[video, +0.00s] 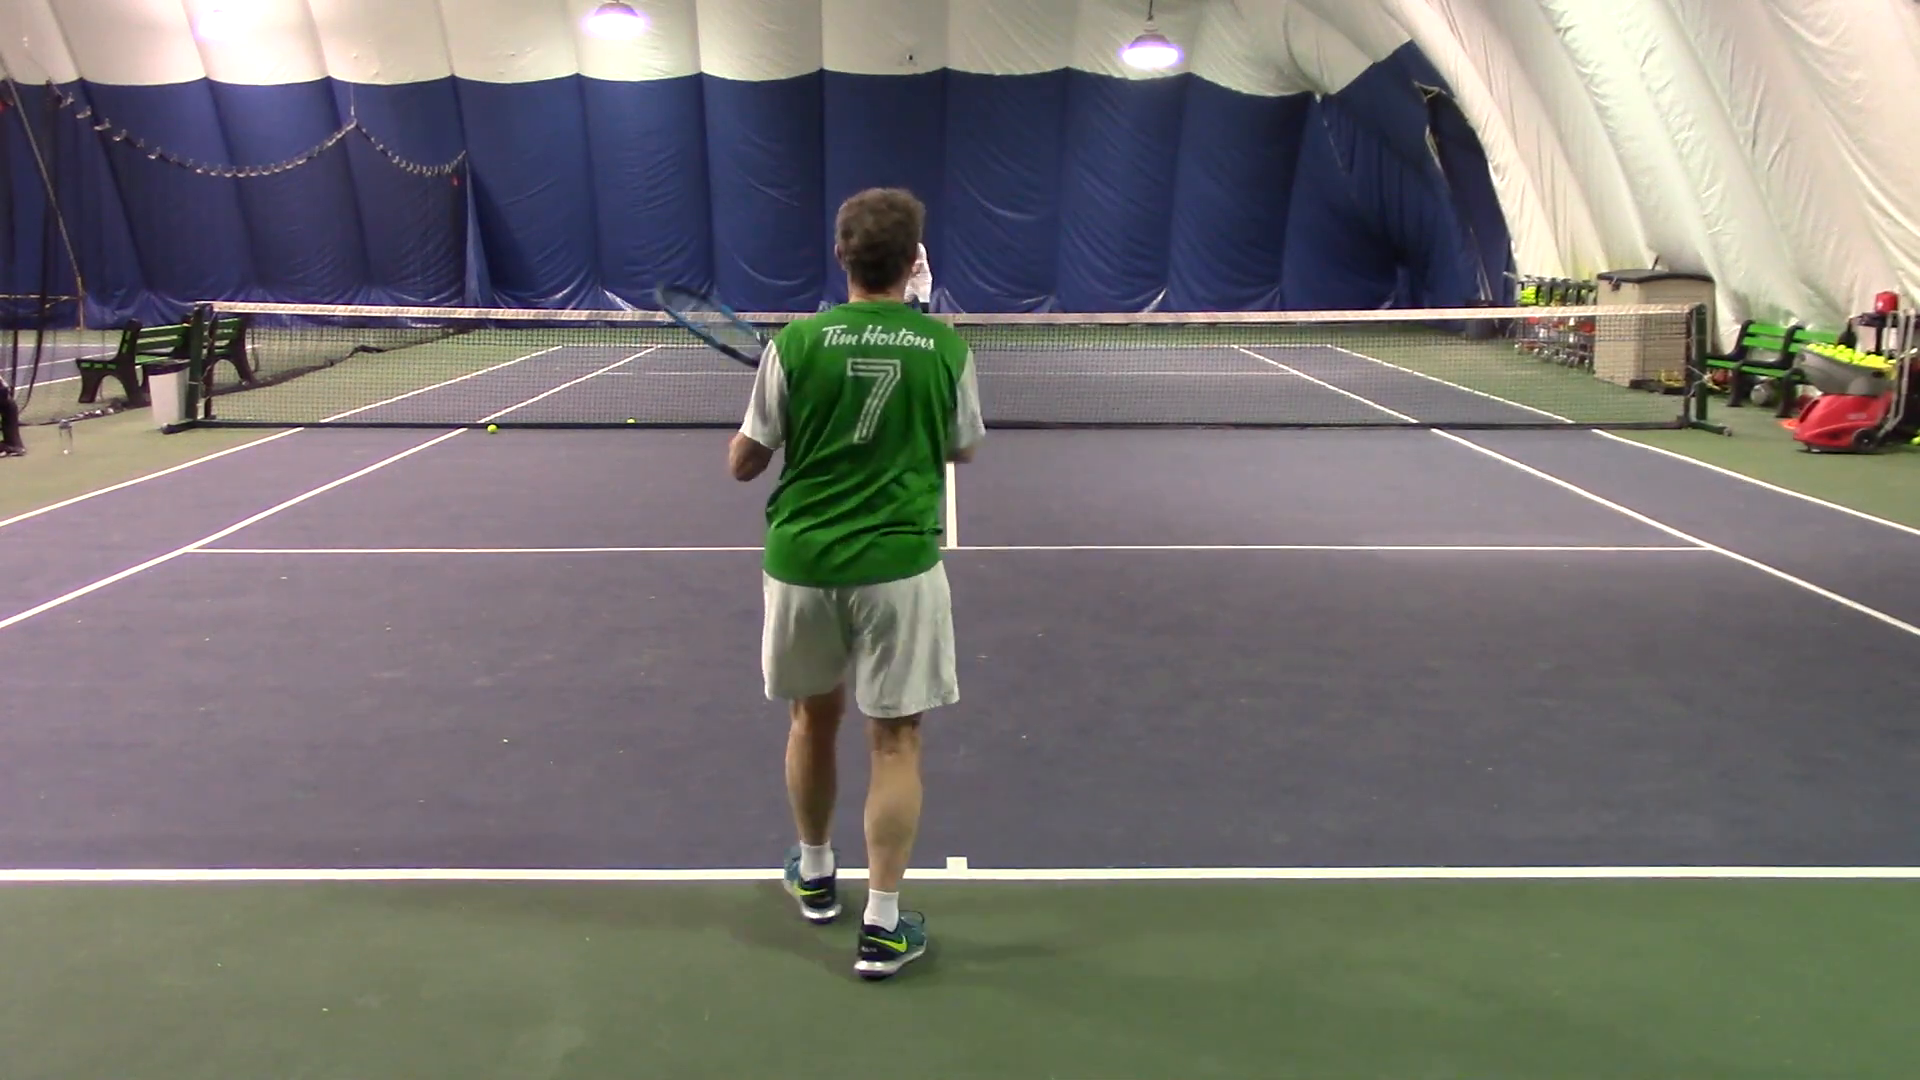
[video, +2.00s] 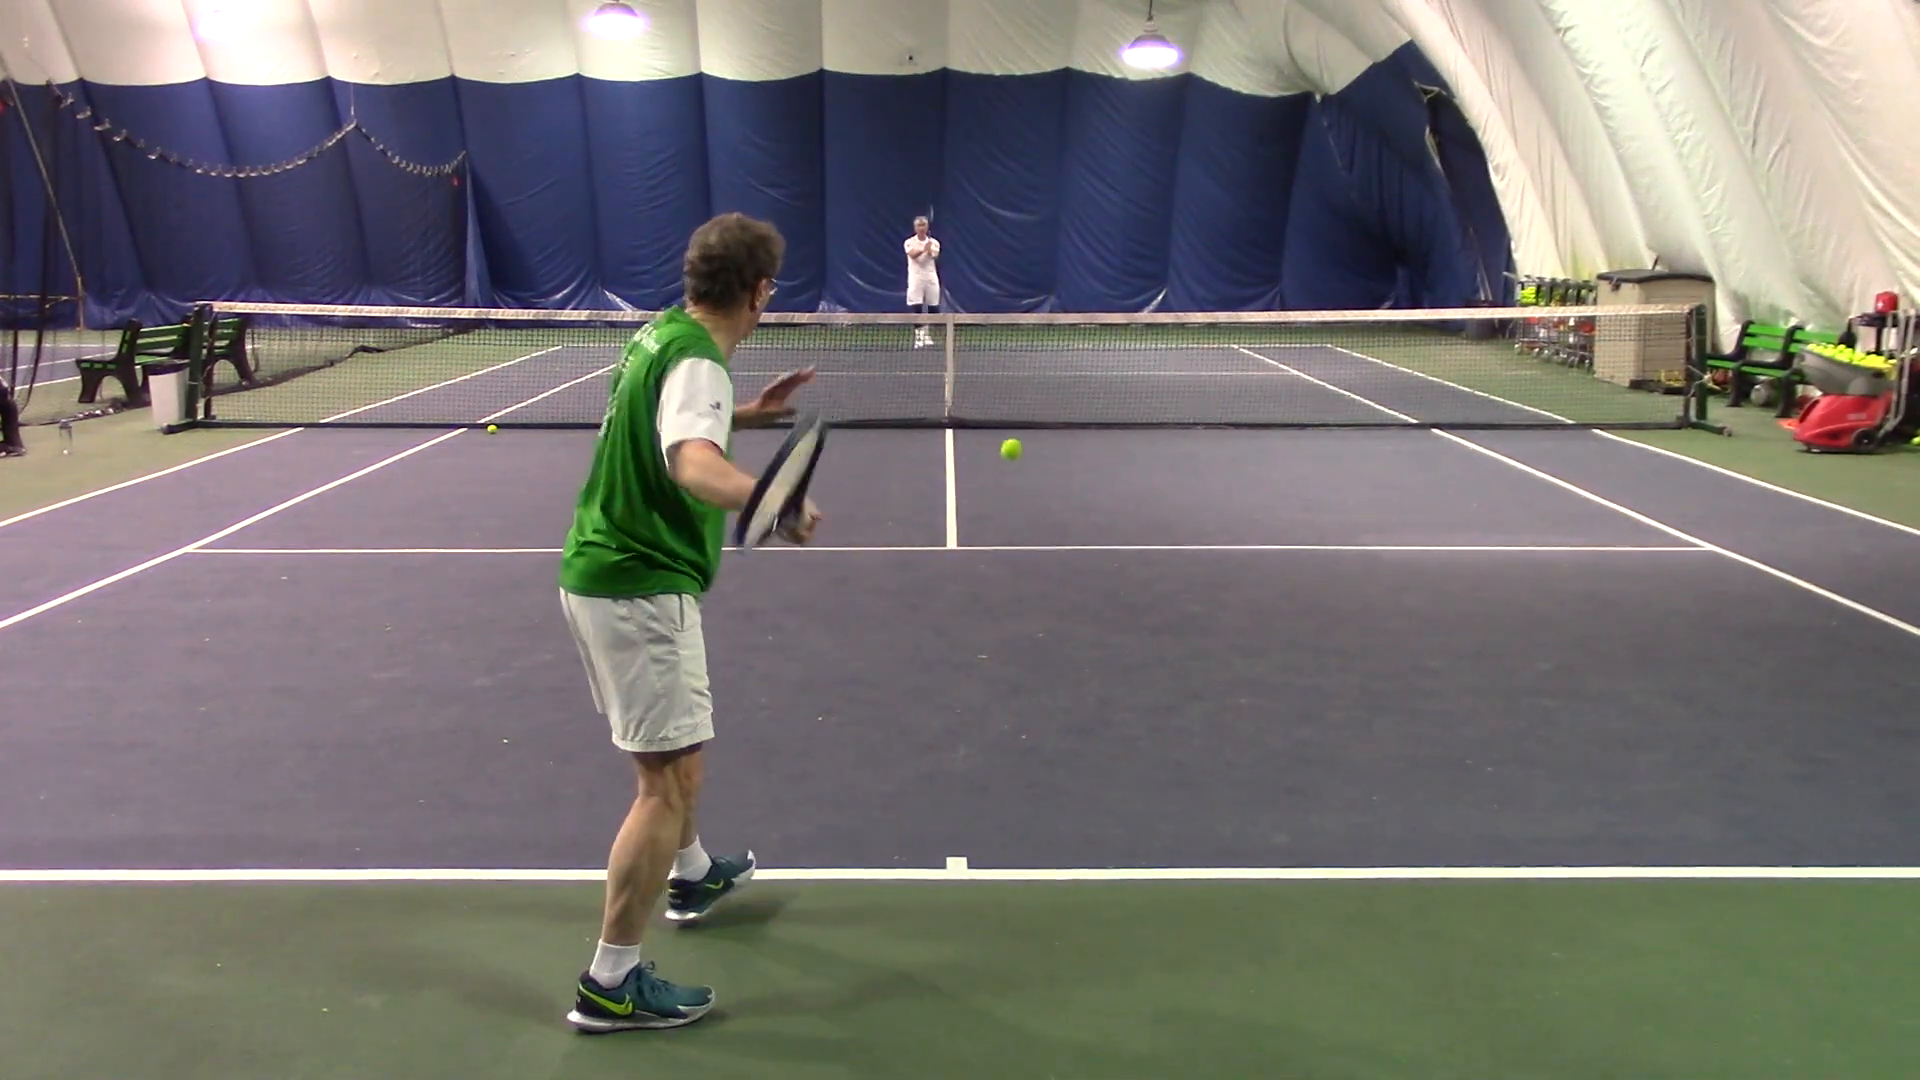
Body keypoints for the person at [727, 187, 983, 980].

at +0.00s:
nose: (919, 259)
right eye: (920, 249)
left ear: (840, 259)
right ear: (914, 262)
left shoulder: (794, 344)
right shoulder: (945, 347)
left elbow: (743, 464)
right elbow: (961, 449)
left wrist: (779, 409)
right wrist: (898, 402)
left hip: (802, 567)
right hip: (900, 570)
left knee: (813, 718)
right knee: (895, 740)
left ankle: (815, 875)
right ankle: (882, 924)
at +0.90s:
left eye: (798, 242)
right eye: (861, 247)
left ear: (792, 253)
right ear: (867, 258)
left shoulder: (744, 340)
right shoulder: (898, 351)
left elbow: (718, 471)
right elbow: (928, 480)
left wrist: (771, 509)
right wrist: (863, 517)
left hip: (748, 567)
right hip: (851, 569)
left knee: (740, 716)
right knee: (867, 738)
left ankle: (702, 890)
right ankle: (880, 915)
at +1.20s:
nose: (817, 273)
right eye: (817, 264)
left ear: (740, 267)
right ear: (813, 275)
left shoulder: (701, 338)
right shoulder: (806, 363)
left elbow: (731, 450)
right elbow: (832, 496)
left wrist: (841, 486)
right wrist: (866, 541)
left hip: (662, 561)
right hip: (751, 569)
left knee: (691, 735)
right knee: (815, 746)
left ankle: (675, 904)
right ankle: (869, 911)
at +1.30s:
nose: (796, 274)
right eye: (796, 265)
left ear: (718, 266)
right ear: (788, 274)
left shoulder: (683, 336)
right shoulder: (767, 356)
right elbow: (789, 481)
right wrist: (874, 509)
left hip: (639, 563)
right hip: (721, 569)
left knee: (683, 733)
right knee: (788, 738)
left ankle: (674, 905)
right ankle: (795, 923)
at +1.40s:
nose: (780, 269)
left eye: (768, 255)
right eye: (780, 259)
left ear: (702, 264)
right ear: (771, 270)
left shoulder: (679, 332)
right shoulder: (740, 354)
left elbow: (767, 413)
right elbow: (754, 467)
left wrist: (873, 410)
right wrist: (868, 471)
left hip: (627, 566)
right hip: (699, 574)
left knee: (675, 739)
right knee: (757, 748)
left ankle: (674, 906)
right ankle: (712, 930)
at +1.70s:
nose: (761, 290)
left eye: (757, 278)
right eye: (761, 279)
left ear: (685, 275)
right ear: (747, 287)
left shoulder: (689, 343)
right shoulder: (685, 350)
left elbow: (782, 409)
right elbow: (660, 445)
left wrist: (849, 365)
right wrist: (768, 444)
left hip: (638, 581)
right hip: (640, 589)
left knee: (684, 751)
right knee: (665, 785)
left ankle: (675, 900)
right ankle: (609, 978)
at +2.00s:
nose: (772, 297)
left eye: (770, 283)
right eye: (772, 284)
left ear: (696, 278)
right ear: (755, 292)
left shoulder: (660, 334)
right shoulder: (697, 364)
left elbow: (664, 421)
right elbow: (694, 465)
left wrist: (747, 408)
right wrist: (769, 500)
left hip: (606, 576)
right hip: (640, 587)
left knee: (670, 735)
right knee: (669, 784)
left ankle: (688, 876)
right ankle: (610, 977)